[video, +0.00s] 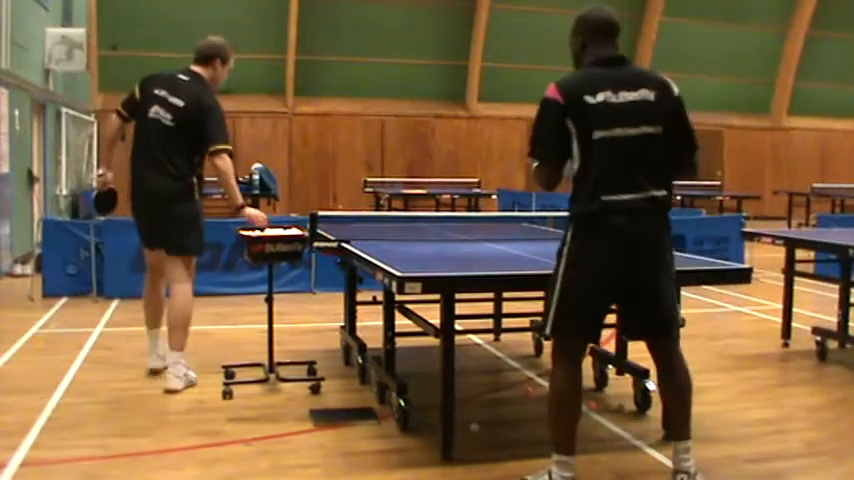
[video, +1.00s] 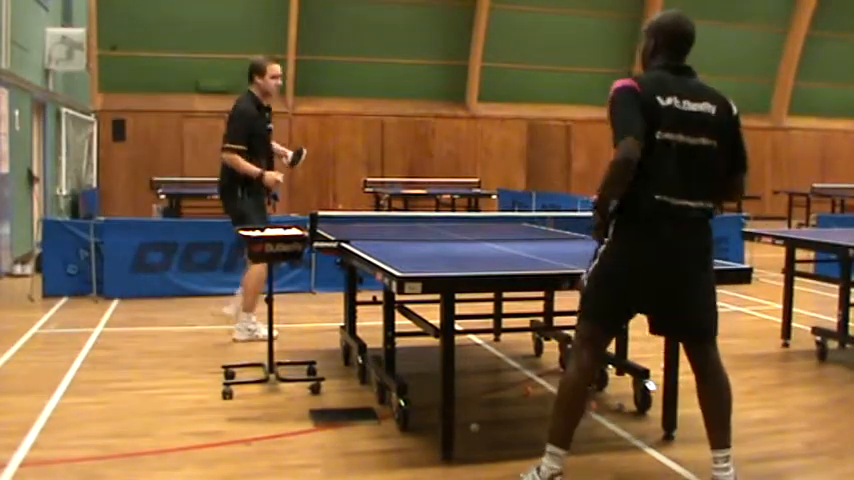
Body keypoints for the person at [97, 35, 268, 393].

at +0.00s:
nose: (226, 76)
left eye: (227, 70)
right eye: (227, 69)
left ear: (196, 59)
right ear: (217, 65)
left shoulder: (155, 81)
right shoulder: (206, 101)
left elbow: (117, 121)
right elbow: (220, 159)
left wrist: (106, 167)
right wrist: (241, 206)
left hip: (142, 192)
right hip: (177, 195)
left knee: (155, 270)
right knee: (180, 277)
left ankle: (156, 355)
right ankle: (177, 367)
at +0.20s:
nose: (228, 79)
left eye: (228, 73)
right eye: (229, 73)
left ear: (198, 68)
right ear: (220, 72)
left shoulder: (165, 95)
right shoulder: (208, 106)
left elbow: (135, 130)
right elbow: (208, 156)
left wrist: (136, 177)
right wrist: (231, 198)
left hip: (156, 196)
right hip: (186, 199)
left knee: (169, 272)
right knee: (188, 279)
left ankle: (171, 340)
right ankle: (175, 357)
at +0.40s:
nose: (232, 73)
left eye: (231, 67)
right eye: (232, 67)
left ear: (204, 64)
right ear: (223, 66)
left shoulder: (180, 89)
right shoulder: (210, 98)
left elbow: (161, 129)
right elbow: (198, 145)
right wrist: (214, 189)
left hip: (168, 188)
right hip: (194, 190)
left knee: (176, 262)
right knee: (220, 259)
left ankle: (172, 339)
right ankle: (186, 322)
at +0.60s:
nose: (245, 75)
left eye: (245, 69)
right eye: (244, 69)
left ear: (220, 68)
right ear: (236, 70)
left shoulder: (203, 95)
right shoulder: (219, 102)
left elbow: (213, 141)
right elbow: (203, 148)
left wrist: (238, 158)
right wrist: (226, 186)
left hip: (188, 190)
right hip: (210, 191)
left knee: (185, 261)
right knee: (233, 256)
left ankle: (173, 334)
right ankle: (240, 324)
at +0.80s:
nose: (267, 84)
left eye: (266, 78)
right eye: (263, 78)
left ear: (245, 81)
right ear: (249, 80)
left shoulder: (230, 104)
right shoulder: (237, 112)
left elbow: (235, 146)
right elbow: (220, 158)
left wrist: (260, 156)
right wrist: (248, 187)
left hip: (215, 193)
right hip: (233, 195)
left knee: (222, 259)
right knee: (257, 254)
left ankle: (189, 308)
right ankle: (247, 323)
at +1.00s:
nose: (279, 83)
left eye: (280, 77)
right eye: (274, 77)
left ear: (266, 81)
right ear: (257, 80)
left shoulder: (263, 107)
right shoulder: (245, 109)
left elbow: (259, 140)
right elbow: (229, 155)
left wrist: (279, 151)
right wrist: (261, 174)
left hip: (253, 187)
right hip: (238, 189)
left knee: (261, 249)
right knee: (260, 252)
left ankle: (241, 303)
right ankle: (246, 321)